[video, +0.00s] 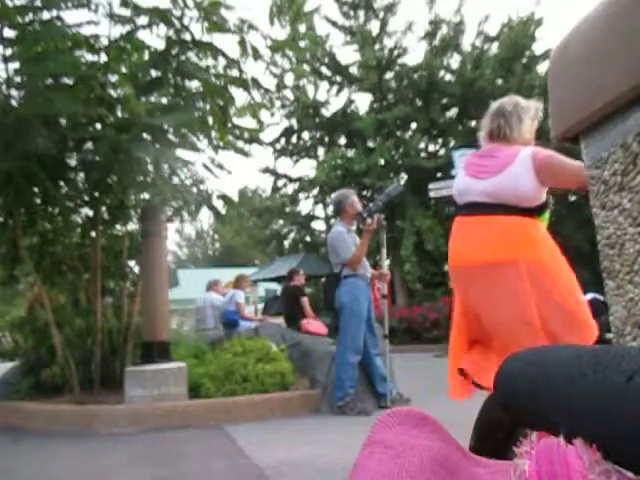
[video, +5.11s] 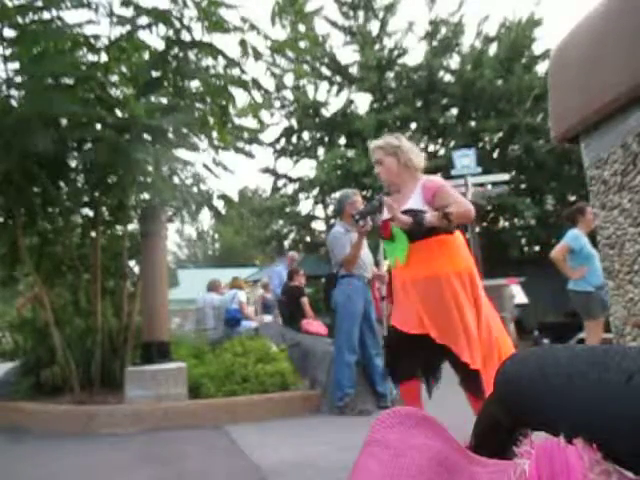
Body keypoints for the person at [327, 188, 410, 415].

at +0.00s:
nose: (361, 206)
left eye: (359, 201)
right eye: (356, 201)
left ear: (349, 207)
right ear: (346, 207)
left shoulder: (350, 233)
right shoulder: (337, 234)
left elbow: (358, 267)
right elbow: (353, 262)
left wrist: (375, 274)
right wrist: (367, 234)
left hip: (363, 284)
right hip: (351, 284)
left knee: (370, 344)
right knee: (351, 345)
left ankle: (386, 393)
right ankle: (344, 397)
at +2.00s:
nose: (360, 206)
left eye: (359, 202)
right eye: (355, 203)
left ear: (349, 208)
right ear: (345, 207)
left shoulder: (350, 233)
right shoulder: (337, 233)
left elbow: (358, 264)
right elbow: (352, 262)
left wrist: (374, 273)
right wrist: (365, 236)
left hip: (362, 284)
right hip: (350, 284)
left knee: (369, 343)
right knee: (350, 344)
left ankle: (386, 393)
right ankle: (344, 397)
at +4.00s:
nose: (361, 207)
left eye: (360, 203)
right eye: (357, 203)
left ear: (353, 207)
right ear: (346, 207)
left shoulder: (353, 232)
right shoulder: (338, 233)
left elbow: (358, 264)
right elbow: (353, 263)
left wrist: (375, 274)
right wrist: (367, 235)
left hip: (364, 284)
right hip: (351, 284)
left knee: (370, 342)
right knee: (351, 343)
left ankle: (383, 393)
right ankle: (344, 398)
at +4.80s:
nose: (362, 207)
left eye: (361, 202)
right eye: (358, 203)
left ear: (353, 207)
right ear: (347, 207)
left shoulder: (356, 231)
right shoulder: (337, 233)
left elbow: (360, 262)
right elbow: (350, 261)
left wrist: (374, 274)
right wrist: (361, 238)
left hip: (364, 283)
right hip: (350, 283)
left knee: (371, 342)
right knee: (349, 344)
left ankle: (385, 393)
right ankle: (343, 398)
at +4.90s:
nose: (361, 206)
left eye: (361, 202)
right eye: (357, 202)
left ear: (354, 207)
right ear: (346, 207)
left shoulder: (357, 231)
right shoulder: (337, 234)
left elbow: (366, 258)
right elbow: (346, 261)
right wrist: (362, 238)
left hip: (364, 285)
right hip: (347, 287)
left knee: (371, 342)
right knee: (348, 345)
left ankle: (384, 392)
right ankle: (343, 397)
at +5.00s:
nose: (361, 206)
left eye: (361, 202)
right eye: (357, 202)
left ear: (357, 207)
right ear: (346, 207)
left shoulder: (357, 231)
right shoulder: (337, 233)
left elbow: (365, 262)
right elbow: (348, 263)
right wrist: (362, 238)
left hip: (366, 282)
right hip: (348, 283)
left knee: (372, 342)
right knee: (348, 343)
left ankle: (385, 392)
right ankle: (344, 397)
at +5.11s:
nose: (362, 206)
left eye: (362, 202)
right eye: (357, 202)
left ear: (354, 207)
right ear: (346, 207)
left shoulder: (357, 232)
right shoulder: (337, 233)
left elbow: (363, 263)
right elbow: (347, 263)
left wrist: (376, 273)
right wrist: (360, 238)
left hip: (365, 283)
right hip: (349, 283)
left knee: (372, 341)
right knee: (348, 343)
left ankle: (385, 392)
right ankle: (343, 397)